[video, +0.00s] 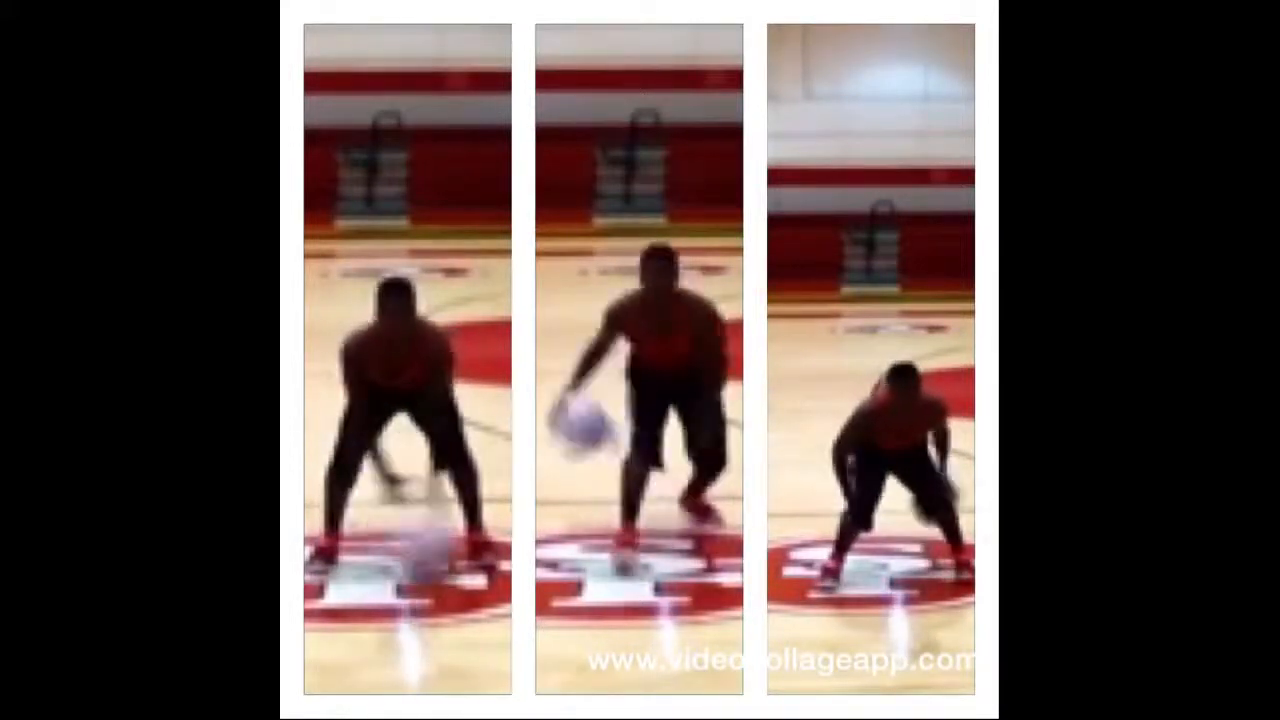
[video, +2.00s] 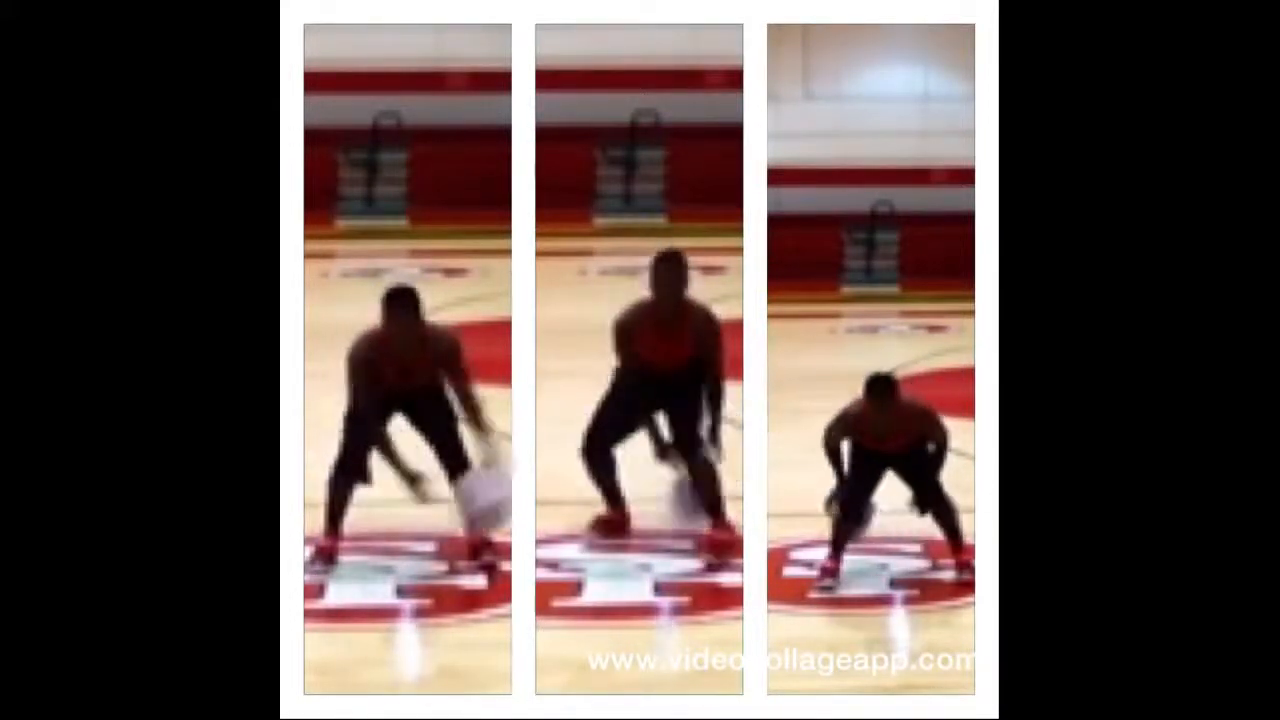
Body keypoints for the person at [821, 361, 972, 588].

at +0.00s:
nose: (905, 400)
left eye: (910, 393)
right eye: (899, 393)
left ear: (918, 389)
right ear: (889, 390)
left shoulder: (931, 409)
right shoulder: (871, 411)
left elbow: (941, 436)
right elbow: (839, 449)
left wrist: (942, 474)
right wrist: (849, 493)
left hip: (911, 454)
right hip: (871, 456)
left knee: (942, 502)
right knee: (859, 511)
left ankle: (960, 559)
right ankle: (835, 562)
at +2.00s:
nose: (881, 413)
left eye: (886, 406)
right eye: (875, 407)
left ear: (896, 399)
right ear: (867, 401)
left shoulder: (918, 414)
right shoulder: (856, 415)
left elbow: (941, 442)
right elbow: (831, 440)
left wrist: (926, 486)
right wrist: (841, 479)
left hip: (910, 453)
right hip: (868, 454)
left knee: (936, 500)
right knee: (850, 504)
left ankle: (960, 555)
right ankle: (833, 560)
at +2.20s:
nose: (899, 412)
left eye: (904, 406)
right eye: (895, 406)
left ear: (914, 401)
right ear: (886, 402)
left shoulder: (930, 416)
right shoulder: (871, 418)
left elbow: (943, 445)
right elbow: (842, 459)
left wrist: (933, 470)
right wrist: (859, 490)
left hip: (915, 456)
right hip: (876, 459)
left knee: (945, 505)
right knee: (862, 511)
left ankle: (961, 556)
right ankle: (835, 560)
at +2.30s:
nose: (897, 414)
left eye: (903, 409)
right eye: (893, 408)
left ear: (915, 403)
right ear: (886, 403)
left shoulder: (931, 414)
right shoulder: (872, 419)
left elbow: (947, 440)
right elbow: (841, 456)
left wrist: (940, 469)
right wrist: (854, 492)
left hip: (916, 455)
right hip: (876, 458)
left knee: (947, 500)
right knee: (863, 512)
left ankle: (961, 556)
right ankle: (836, 559)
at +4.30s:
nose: (889, 402)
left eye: (895, 395)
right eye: (884, 395)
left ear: (905, 391)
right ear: (875, 392)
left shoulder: (926, 410)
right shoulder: (864, 410)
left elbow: (949, 439)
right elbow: (841, 434)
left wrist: (936, 476)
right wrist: (844, 478)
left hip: (917, 454)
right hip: (877, 454)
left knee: (937, 503)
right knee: (855, 505)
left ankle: (962, 557)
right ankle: (833, 560)